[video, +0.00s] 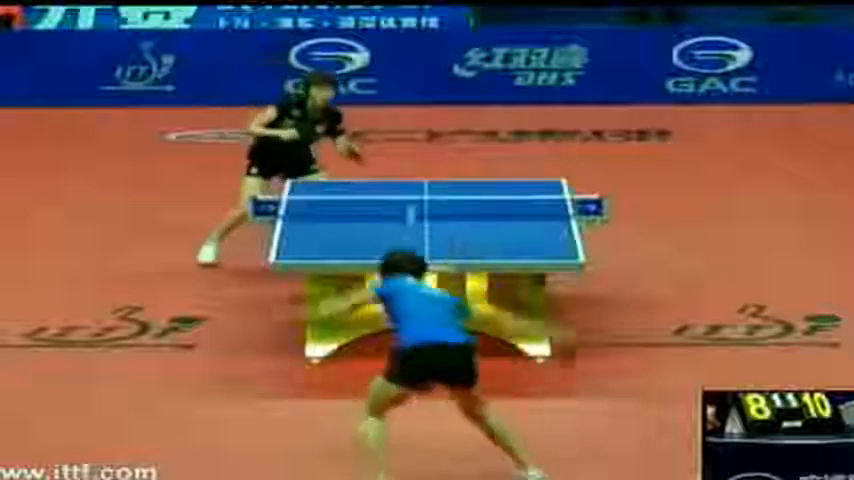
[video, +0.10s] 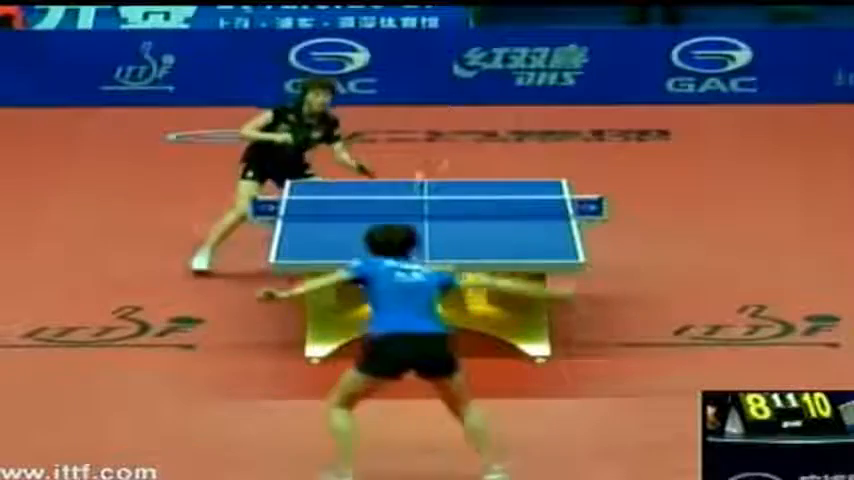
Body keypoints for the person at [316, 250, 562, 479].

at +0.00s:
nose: (382, 279)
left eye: (384, 274)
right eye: (385, 274)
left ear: (389, 273)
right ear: (420, 273)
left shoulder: (390, 285)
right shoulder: (444, 296)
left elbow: (348, 303)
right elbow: (492, 318)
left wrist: (319, 313)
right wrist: (535, 334)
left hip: (417, 352)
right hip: (459, 352)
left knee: (374, 414)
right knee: (477, 411)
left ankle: (379, 472)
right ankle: (529, 468)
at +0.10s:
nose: (366, 254)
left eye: (369, 249)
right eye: (372, 250)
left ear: (377, 249)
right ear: (409, 248)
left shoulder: (370, 267)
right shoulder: (432, 274)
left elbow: (325, 283)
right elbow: (493, 285)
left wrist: (284, 294)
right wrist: (547, 292)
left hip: (388, 341)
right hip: (433, 341)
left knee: (339, 405)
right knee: (464, 406)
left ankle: (344, 469)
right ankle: (493, 467)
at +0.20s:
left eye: (365, 242)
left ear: (365, 244)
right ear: (401, 243)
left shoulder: (354, 268)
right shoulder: (420, 269)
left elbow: (309, 284)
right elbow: (475, 274)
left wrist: (268, 298)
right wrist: (533, 274)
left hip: (368, 347)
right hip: (414, 346)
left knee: (328, 415)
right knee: (449, 412)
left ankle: (308, 473)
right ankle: (472, 472)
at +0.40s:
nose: (390, 232)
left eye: (366, 228)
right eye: (391, 228)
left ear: (360, 235)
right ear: (393, 234)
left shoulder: (347, 260)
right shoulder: (411, 260)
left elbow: (307, 295)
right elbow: (466, 284)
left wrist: (264, 317)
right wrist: (491, 265)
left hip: (361, 343)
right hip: (407, 341)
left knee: (326, 411)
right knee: (448, 403)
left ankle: (302, 472)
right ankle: (476, 469)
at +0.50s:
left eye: (365, 235)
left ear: (369, 238)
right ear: (405, 238)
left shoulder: (358, 264)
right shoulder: (420, 264)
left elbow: (329, 304)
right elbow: (454, 301)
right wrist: (466, 291)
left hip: (371, 348)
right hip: (416, 348)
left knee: (336, 414)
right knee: (451, 408)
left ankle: (319, 473)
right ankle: (482, 470)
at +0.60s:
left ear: (378, 251)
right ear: (411, 251)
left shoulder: (366, 277)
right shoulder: (428, 278)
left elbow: (338, 317)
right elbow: (459, 317)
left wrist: (320, 326)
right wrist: (455, 287)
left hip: (378, 360)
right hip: (423, 359)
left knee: (337, 421)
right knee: (454, 415)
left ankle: (319, 474)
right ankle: (482, 472)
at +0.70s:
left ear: (385, 253)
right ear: (417, 253)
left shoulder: (371, 279)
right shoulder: (435, 281)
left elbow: (346, 317)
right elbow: (465, 319)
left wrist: (331, 321)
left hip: (385, 362)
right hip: (431, 360)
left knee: (340, 421)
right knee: (459, 416)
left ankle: (320, 474)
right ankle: (485, 472)